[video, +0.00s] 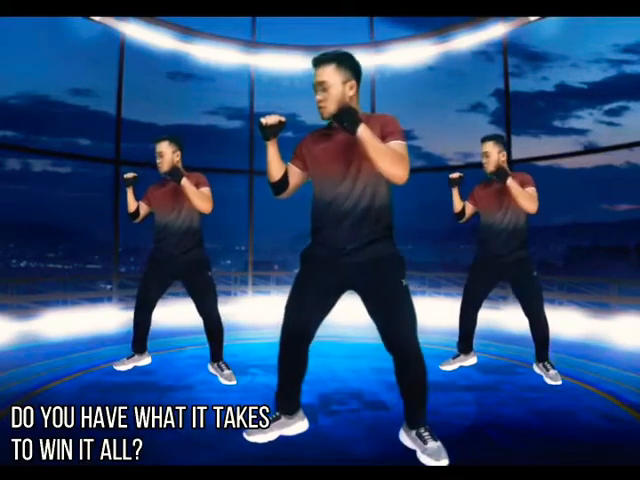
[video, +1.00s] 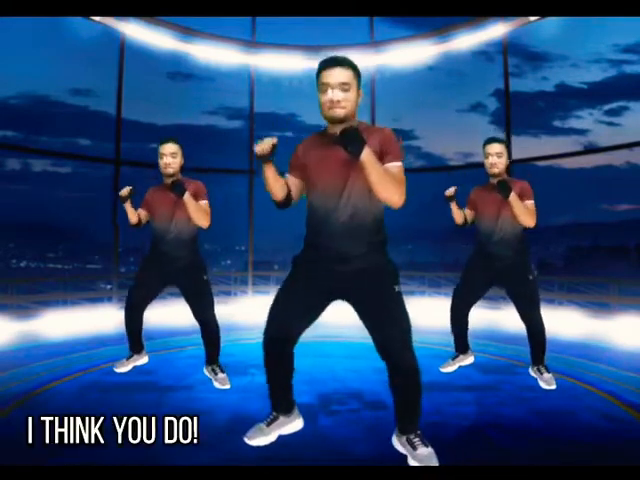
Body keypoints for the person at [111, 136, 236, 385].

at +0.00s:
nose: (158, 160)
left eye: (162, 155)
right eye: (156, 156)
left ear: (177, 155)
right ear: (158, 158)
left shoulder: (196, 179)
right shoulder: (156, 189)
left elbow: (206, 207)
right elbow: (136, 215)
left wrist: (182, 180)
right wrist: (129, 187)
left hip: (192, 258)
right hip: (162, 259)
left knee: (210, 312)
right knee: (143, 305)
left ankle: (217, 362)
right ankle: (140, 353)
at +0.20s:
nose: (161, 158)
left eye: (165, 153)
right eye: (159, 154)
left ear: (180, 154)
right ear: (162, 157)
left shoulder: (198, 178)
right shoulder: (157, 188)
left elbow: (210, 206)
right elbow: (137, 215)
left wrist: (186, 180)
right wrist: (130, 187)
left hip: (193, 258)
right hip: (162, 259)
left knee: (210, 312)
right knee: (144, 305)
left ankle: (217, 362)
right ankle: (140, 353)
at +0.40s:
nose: (169, 163)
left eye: (173, 158)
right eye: (164, 159)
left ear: (182, 160)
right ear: (159, 163)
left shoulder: (197, 185)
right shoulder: (155, 193)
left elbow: (210, 215)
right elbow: (138, 219)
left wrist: (187, 188)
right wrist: (129, 195)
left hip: (193, 263)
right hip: (162, 263)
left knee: (210, 316)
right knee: (137, 306)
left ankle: (218, 362)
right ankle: (139, 353)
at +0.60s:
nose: (168, 153)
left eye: (173, 149)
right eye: (164, 148)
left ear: (182, 152)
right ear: (159, 152)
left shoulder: (195, 180)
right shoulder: (153, 185)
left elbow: (209, 212)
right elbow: (135, 212)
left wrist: (188, 184)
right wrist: (127, 187)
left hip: (189, 256)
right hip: (160, 256)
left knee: (205, 310)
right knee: (136, 299)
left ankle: (218, 362)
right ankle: (138, 350)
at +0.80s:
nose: (168, 136)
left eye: (173, 132)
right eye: (163, 132)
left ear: (182, 138)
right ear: (158, 139)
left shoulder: (194, 166)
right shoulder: (150, 172)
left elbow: (210, 193)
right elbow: (131, 199)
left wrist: (187, 168)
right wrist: (123, 174)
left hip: (188, 244)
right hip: (157, 244)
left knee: (204, 299)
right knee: (141, 295)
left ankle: (216, 354)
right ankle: (134, 345)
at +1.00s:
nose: (168, 161)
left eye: (173, 156)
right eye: (163, 156)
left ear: (182, 160)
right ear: (158, 161)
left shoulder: (195, 188)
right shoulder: (154, 193)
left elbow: (204, 221)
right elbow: (137, 220)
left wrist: (184, 194)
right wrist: (126, 201)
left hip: (189, 264)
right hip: (157, 264)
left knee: (207, 318)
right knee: (133, 306)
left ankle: (213, 365)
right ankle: (138, 353)